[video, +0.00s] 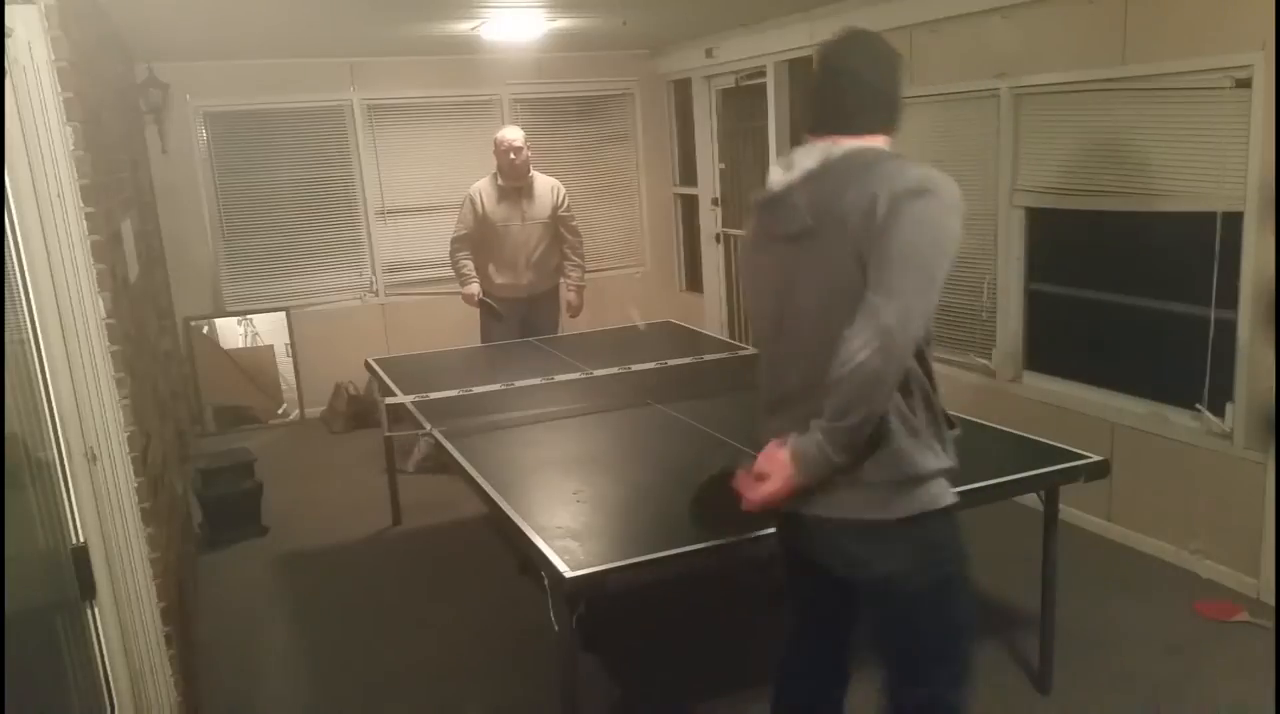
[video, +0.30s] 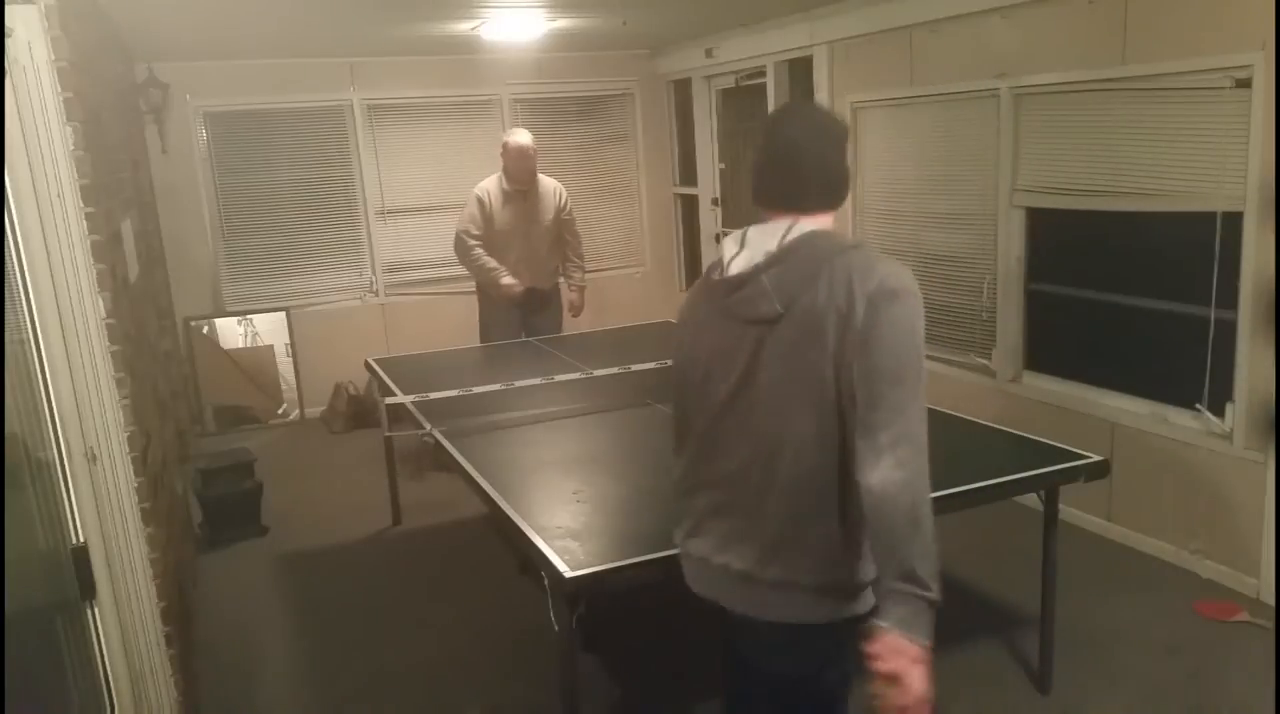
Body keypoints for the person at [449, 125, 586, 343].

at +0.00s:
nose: (512, 157)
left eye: (517, 150)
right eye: (505, 151)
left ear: (528, 151)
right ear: (495, 155)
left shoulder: (552, 189)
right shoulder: (478, 195)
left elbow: (572, 242)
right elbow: (460, 245)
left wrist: (574, 287)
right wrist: (469, 281)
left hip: (543, 299)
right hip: (498, 302)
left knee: (545, 369)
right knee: (500, 372)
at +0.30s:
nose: (527, 165)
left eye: (530, 157)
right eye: (519, 159)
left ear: (536, 155)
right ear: (503, 157)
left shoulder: (554, 192)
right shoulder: (484, 194)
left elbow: (571, 243)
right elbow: (466, 244)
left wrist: (575, 287)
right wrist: (501, 278)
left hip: (544, 296)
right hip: (499, 300)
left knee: (550, 366)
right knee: (503, 368)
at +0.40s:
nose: (536, 172)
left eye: (539, 164)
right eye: (529, 165)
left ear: (544, 162)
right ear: (511, 161)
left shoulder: (557, 195)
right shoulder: (490, 196)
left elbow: (570, 248)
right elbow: (479, 249)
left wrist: (576, 287)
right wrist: (525, 278)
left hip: (546, 302)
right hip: (501, 303)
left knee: (552, 371)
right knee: (504, 371)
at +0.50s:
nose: (541, 177)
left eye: (545, 169)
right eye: (533, 171)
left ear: (549, 165)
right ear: (516, 165)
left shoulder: (557, 197)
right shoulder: (496, 197)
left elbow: (567, 248)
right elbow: (497, 250)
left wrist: (573, 291)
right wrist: (550, 266)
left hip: (545, 296)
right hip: (503, 299)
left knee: (554, 363)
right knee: (506, 367)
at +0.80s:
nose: (535, 162)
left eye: (539, 155)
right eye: (527, 156)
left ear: (544, 156)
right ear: (512, 158)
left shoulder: (555, 194)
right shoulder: (495, 192)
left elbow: (564, 244)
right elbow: (479, 240)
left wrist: (568, 285)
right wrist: (512, 256)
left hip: (548, 292)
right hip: (508, 295)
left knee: (555, 357)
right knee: (516, 359)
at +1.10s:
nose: (519, 156)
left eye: (525, 149)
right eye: (512, 151)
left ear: (535, 152)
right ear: (503, 156)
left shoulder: (555, 192)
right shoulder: (485, 190)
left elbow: (570, 246)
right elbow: (459, 233)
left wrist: (571, 289)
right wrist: (472, 263)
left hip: (542, 294)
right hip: (500, 296)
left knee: (544, 361)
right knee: (504, 363)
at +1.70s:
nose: (490, 152)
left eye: (494, 145)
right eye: (482, 148)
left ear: (505, 149)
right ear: (472, 156)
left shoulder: (535, 182)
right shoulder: (460, 197)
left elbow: (571, 214)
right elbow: (441, 241)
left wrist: (557, 258)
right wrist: (449, 276)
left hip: (533, 295)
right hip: (487, 302)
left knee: (542, 365)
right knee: (498, 369)